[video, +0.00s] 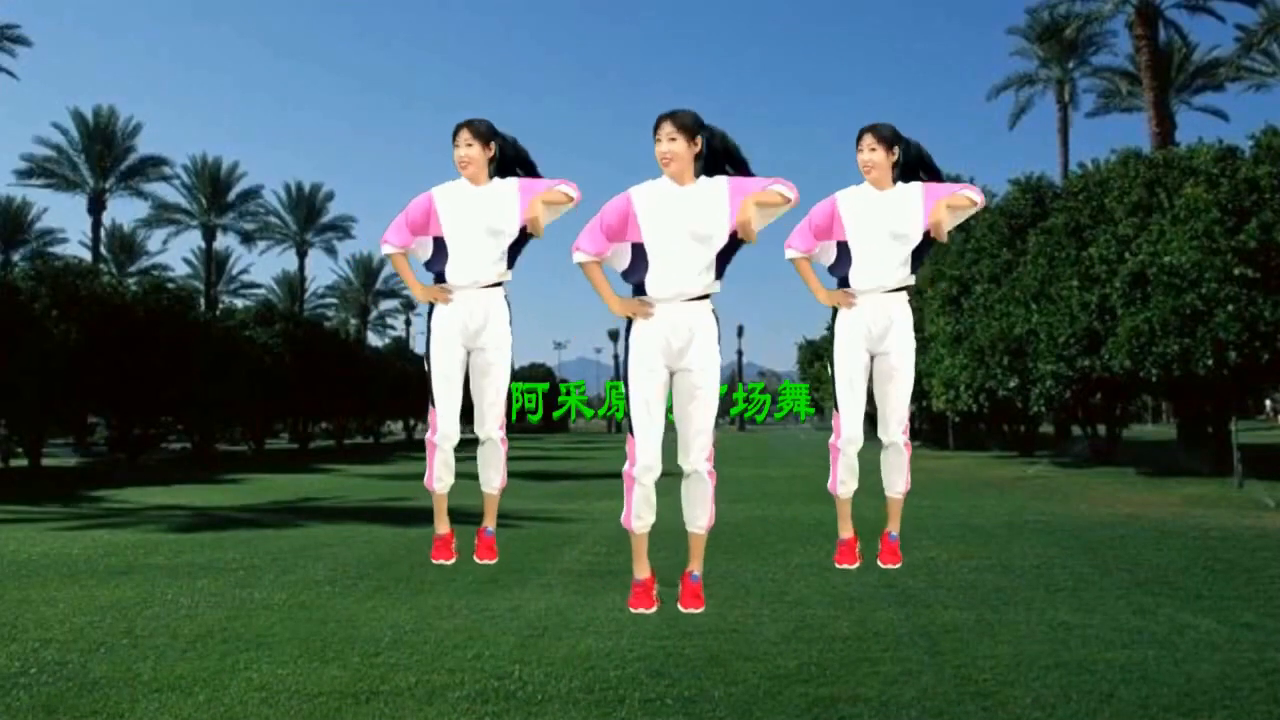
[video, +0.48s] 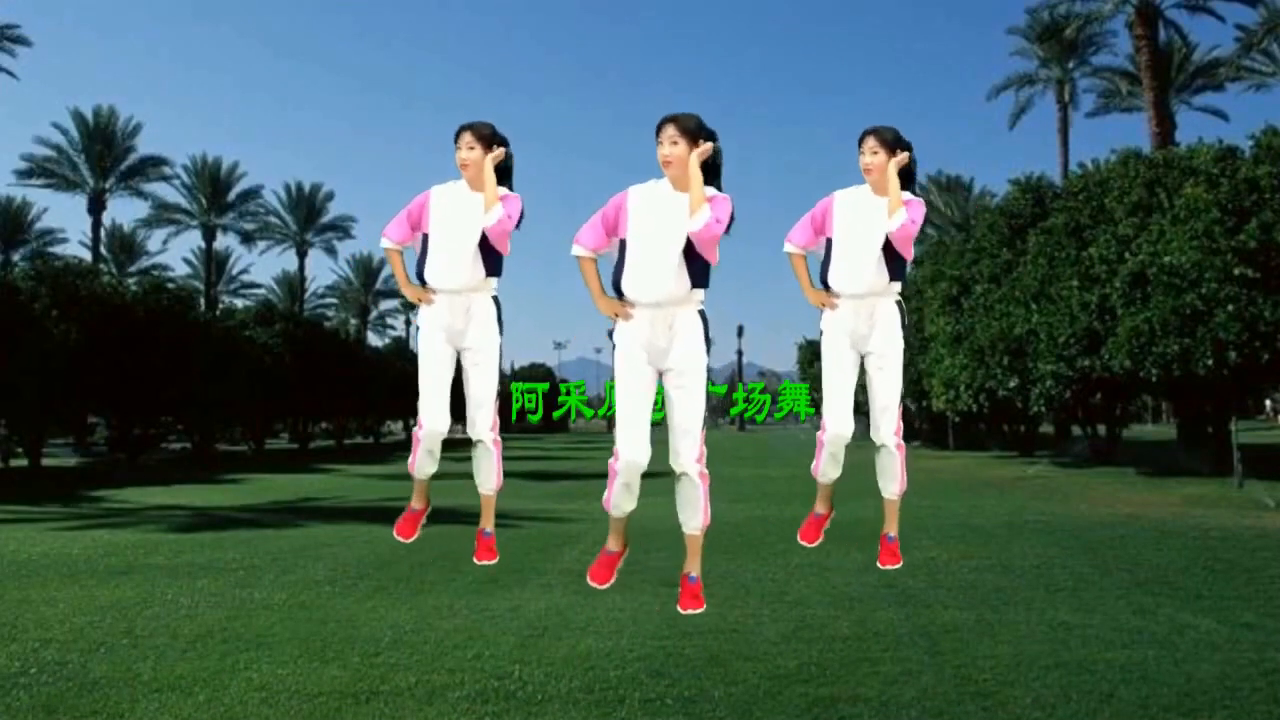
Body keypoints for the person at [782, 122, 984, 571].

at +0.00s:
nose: (864, 156)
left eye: (872, 149)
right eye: (861, 150)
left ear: (894, 154)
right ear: (856, 157)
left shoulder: (918, 194)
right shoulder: (842, 202)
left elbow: (975, 196)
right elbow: (795, 247)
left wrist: (943, 209)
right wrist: (824, 293)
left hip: (897, 312)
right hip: (852, 313)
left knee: (894, 429)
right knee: (848, 429)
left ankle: (892, 532)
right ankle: (845, 534)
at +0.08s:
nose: (867, 160)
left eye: (876, 153)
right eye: (863, 154)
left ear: (896, 159)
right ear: (859, 161)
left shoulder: (917, 201)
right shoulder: (841, 206)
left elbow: (973, 216)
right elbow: (797, 252)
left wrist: (948, 212)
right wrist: (825, 299)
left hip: (898, 315)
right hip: (853, 315)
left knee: (894, 431)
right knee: (852, 432)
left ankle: (891, 535)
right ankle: (847, 535)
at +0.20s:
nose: (872, 184)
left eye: (881, 177)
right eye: (869, 177)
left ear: (901, 184)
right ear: (864, 184)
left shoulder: (914, 231)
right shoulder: (843, 225)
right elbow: (802, 274)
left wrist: (930, 236)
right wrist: (820, 324)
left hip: (900, 335)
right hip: (856, 338)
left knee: (899, 447)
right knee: (872, 446)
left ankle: (889, 536)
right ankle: (857, 519)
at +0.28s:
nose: (874, 186)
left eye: (882, 179)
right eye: (870, 179)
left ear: (903, 185)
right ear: (865, 186)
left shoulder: (912, 238)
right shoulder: (844, 225)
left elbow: (909, 295)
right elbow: (802, 276)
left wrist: (918, 238)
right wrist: (819, 325)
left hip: (899, 339)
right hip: (855, 340)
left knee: (900, 447)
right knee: (876, 444)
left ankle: (889, 537)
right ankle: (861, 507)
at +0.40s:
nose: (869, 165)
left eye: (878, 158)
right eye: (866, 159)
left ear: (900, 166)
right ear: (862, 167)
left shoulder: (913, 214)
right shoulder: (840, 208)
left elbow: (904, 254)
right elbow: (797, 253)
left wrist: (898, 196)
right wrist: (814, 301)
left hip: (890, 323)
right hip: (846, 323)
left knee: (891, 434)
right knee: (850, 431)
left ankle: (890, 534)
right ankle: (841, 501)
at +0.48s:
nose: (865, 160)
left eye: (873, 152)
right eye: (862, 153)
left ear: (896, 159)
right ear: (859, 160)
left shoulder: (912, 205)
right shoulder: (838, 202)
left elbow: (900, 238)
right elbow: (794, 244)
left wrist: (892, 180)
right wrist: (811, 291)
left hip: (885, 317)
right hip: (840, 316)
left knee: (886, 431)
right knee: (836, 429)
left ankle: (890, 532)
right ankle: (821, 507)